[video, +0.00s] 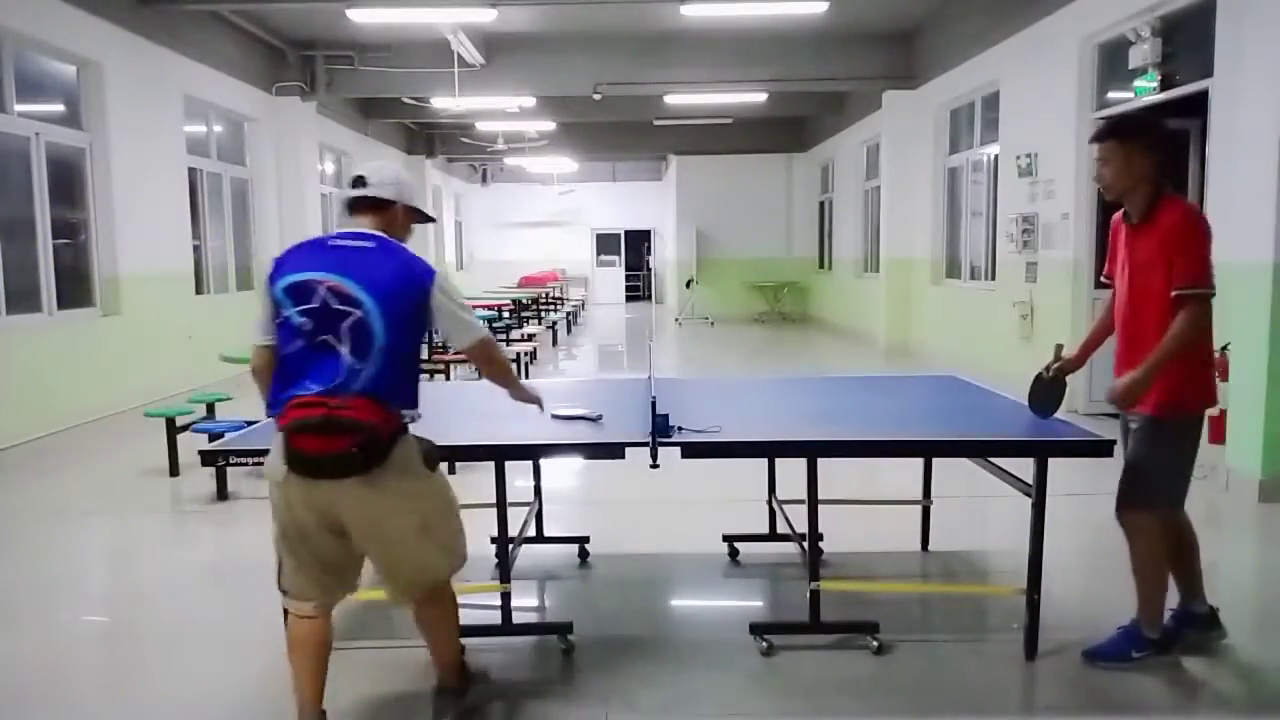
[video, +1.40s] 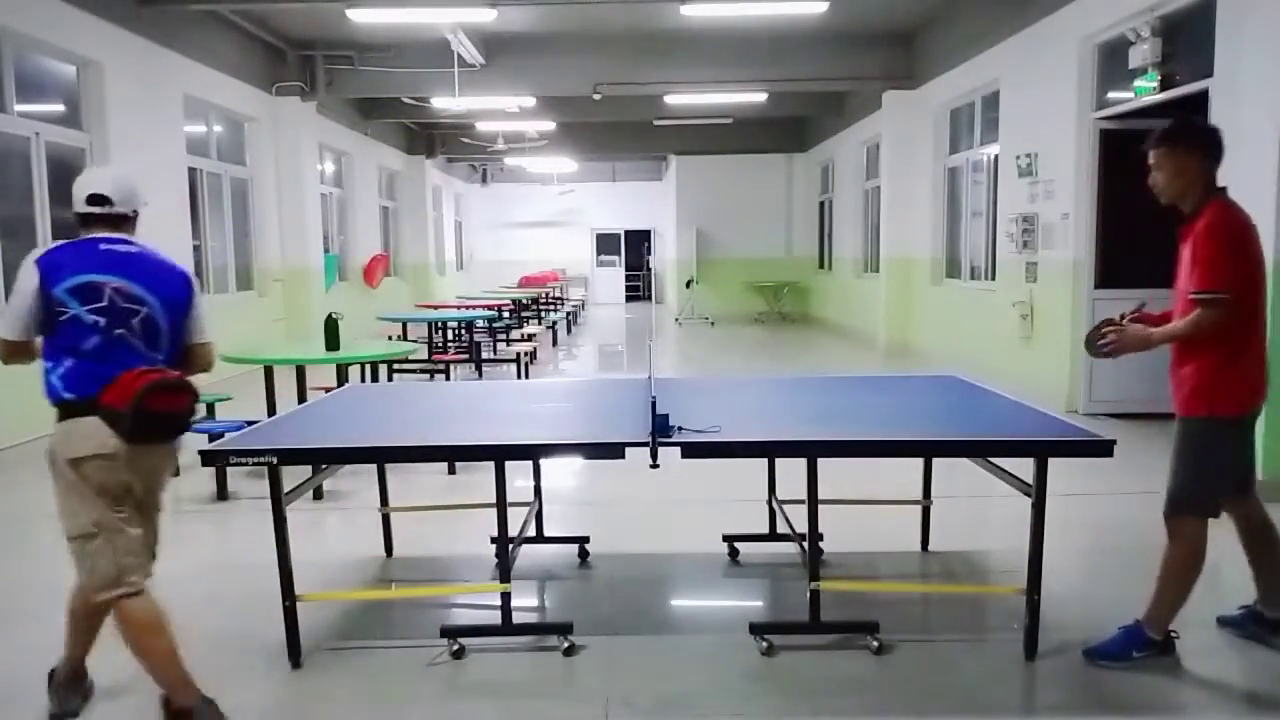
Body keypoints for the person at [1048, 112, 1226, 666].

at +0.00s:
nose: (1097, 173)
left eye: (1106, 161)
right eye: (1096, 162)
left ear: (1142, 162)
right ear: (1125, 166)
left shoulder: (1183, 221)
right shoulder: (1120, 224)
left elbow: (1194, 315)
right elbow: (1119, 302)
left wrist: (1138, 375)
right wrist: (1079, 354)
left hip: (1176, 393)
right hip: (1141, 390)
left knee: (1136, 507)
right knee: (1162, 505)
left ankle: (1148, 628)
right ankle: (1197, 612)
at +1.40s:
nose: (1149, 179)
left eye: (1157, 167)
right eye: (1149, 168)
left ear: (1192, 165)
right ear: (1190, 169)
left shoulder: (1217, 226)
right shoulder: (1205, 224)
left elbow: (1213, 314)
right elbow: (1196, 305)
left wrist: (1148, 337)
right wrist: (1148, 321)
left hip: (1213, 398)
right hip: (1225, 395)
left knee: (1186, 515)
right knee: (1241, 499)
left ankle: (1154, 630)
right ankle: (1271, 608)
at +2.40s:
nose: (1233, 180)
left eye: (1239, 168)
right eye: (1231, 170)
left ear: (1269, 164)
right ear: (1268, 167)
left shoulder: (1270, 219)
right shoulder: (1274, 218)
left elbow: (1254, 301)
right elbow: (1261, 301)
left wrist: (1207, 328)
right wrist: (1222, 334)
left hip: (1255, 390)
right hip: (1270, 389)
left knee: (1217, 498)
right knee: (1274, 495)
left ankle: (1213, 619)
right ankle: (1276, 607)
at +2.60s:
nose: (1232, 179)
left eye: (1238, 167)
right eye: (1232, 168)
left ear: (1265, 165)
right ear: (1270, 166)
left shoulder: (1263, 219)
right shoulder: (1273, 215)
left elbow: (1220, 291)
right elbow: (1258, 273)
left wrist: (1189, 264)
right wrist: (1215, 252)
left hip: (1252, 382)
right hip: (1276, 382)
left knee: (1212, 495)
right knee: (1275, 491)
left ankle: (1219, 616)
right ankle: (1277, 607)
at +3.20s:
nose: (1193, 175)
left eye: (1199, 164)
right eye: (1193, 164)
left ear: (1229, 163)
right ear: (1235, 165)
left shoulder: (1246, 220)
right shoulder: (1254, 215)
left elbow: (1247, 303)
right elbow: (1244, 294)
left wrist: (1193, 342)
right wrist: (1198, 274)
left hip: (1235, 392)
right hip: (1259, 390)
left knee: (1199, 499)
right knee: (1265, 498)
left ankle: (1221, 617)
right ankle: (1274, 606)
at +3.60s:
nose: (1160, 178)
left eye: (1168, 167)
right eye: (1160, 167)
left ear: (1204, 165)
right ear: (1190, 169)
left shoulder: (1241, 224)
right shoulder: (1195, 224)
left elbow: (1267, 316)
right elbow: (1200, 300)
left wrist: (1250, 391)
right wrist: (1165, 289)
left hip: (1226, 392)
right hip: (1195, 388)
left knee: (1199, 498)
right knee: (1185, 488)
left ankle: (1223, 616)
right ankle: (1251, 581)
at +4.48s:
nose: (1136, 203)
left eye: (1140, 190)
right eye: (1133, 193)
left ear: (1170, 179)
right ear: (1170, 182)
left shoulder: (1208, 225)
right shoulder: (1191, 231)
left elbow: (1228, 299)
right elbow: (1213, 302)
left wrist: (1201, 374)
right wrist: (1186, 343)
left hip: (1240, 384)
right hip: (1212, 383)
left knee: (1222, 496)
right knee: (1186, 477)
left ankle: (1277, 607)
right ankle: (1192, 574)